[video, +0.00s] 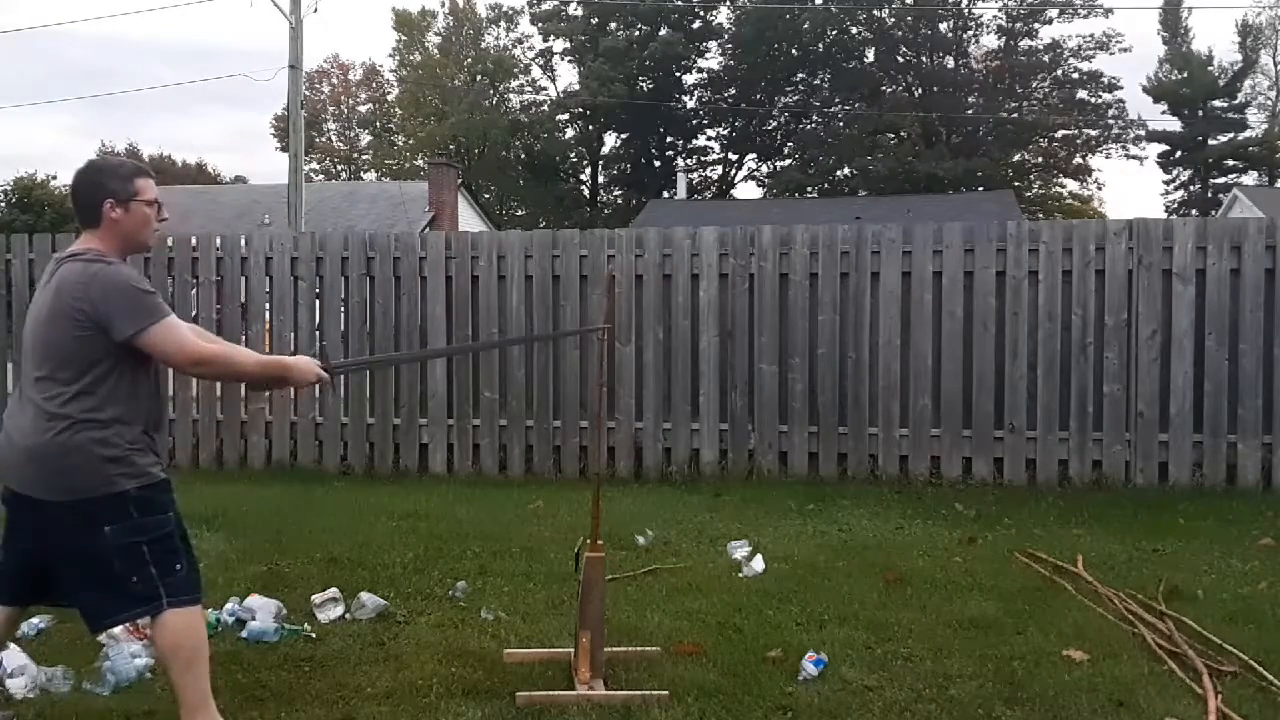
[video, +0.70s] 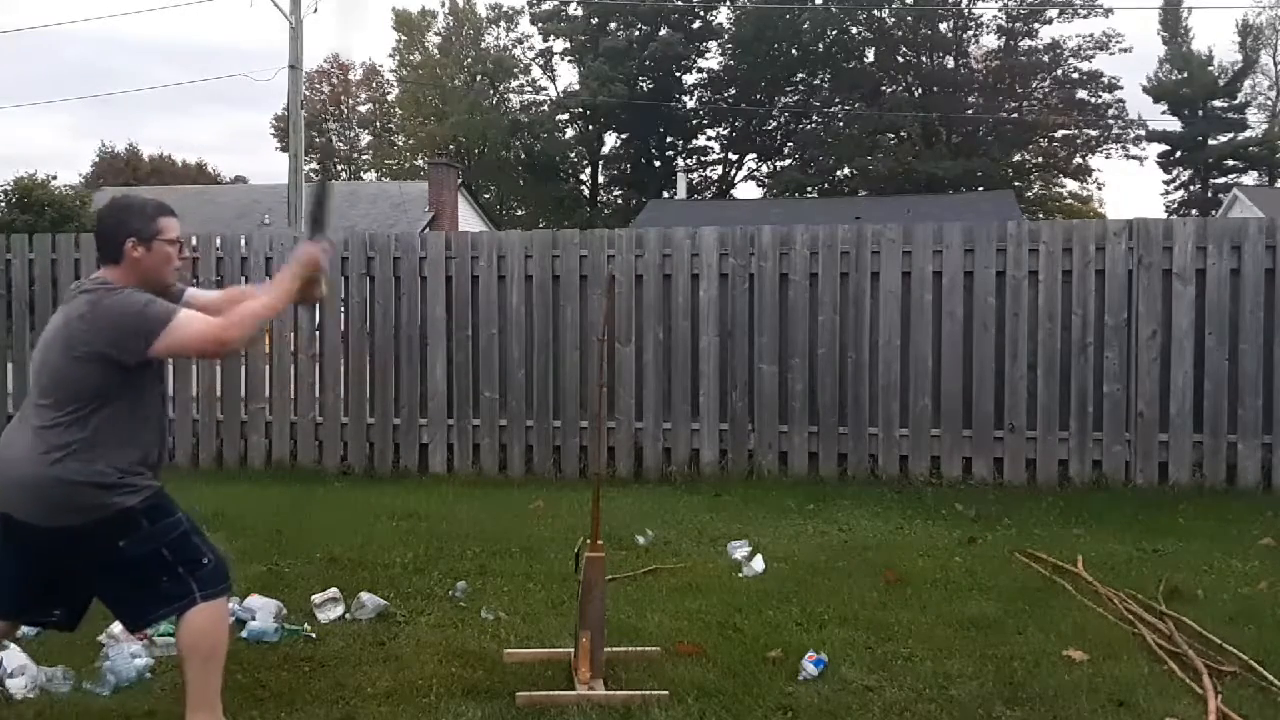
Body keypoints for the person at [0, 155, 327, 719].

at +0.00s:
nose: (161, 217)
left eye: (159, 205)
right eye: (152, 205)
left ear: (109, 212)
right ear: (113, 210)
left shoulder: (67, 271)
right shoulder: (109, 280)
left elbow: (182, 334)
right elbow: (188, 353)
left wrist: (257, 362)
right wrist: (284, 367)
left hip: (29, 466)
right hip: (104, 468)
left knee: (12, 594)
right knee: (176, 595)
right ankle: (201, 712)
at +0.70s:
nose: (182, 254)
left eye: (181, 243)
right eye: (172, 244)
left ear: (132, 251)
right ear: (134, 250)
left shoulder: (104, 294)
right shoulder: (120, 309)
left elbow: (218, 303)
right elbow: (218, 337)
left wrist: (290, 287)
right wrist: (288, 283)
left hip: (22, 488)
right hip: (95, 491)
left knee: (11, 605)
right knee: (205, 584)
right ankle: (205, 713)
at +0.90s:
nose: (171, 252)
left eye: (170, 240)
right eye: (160, 242)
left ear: (119, 247)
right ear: (121, 245)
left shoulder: (90, 295)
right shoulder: (94, 297)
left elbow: (198, 273)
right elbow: (188, 271)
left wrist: (235, 208)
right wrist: (210, 186)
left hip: (34, 487)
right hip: (99, 487)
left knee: (11, 611)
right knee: (204, 583)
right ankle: (205, 713)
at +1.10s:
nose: (159, 252)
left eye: (157, 242)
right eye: (148, 242)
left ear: (115, 245)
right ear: (113, 245)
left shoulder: (127, 299)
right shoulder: (68, 300)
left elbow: (192, 235)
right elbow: (132, 247)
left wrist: (177, 172)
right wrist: (129, 154)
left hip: (47, 485)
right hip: (93, 482)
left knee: (17, 613)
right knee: (204, 583)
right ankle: (205, 712)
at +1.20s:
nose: (156, 257)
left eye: (159, 247)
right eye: (145, 245)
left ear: (159, 251)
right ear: (113, 245)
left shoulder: (134, 302)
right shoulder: (64, 305)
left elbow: (189, 231)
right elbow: (110, 250)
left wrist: (155, 161)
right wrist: (105, 156)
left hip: (49, 488)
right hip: (92, 483)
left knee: (18, 616)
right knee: (203, 583)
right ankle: (205, 712)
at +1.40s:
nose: (157, 244)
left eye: (156, 232)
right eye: (148, 232)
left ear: (134, 245)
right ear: (110, 244)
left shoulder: (141, 304)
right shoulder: (61, 308)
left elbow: (193, 234)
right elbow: (128, 265)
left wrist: (155, 172)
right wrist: (106, 169)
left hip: (60, 491)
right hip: (95, 486)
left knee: (14, 616)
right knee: (210, 582)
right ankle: (206, 713)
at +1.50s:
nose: (164, 257)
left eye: (163, 246)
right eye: (154, 245)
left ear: (113, 254)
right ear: (112, 252)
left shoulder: (109, 300)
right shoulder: (82, 306)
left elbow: (198, 286)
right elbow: (188, 289)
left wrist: (205, 204)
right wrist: (175, 196)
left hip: (49, 492)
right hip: (110, 491)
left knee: (12, 614)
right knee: (217, 584)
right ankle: (207, 713)